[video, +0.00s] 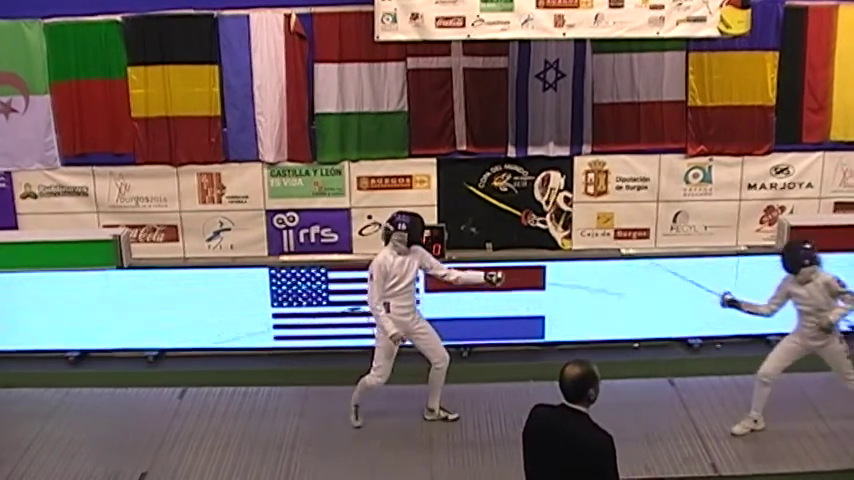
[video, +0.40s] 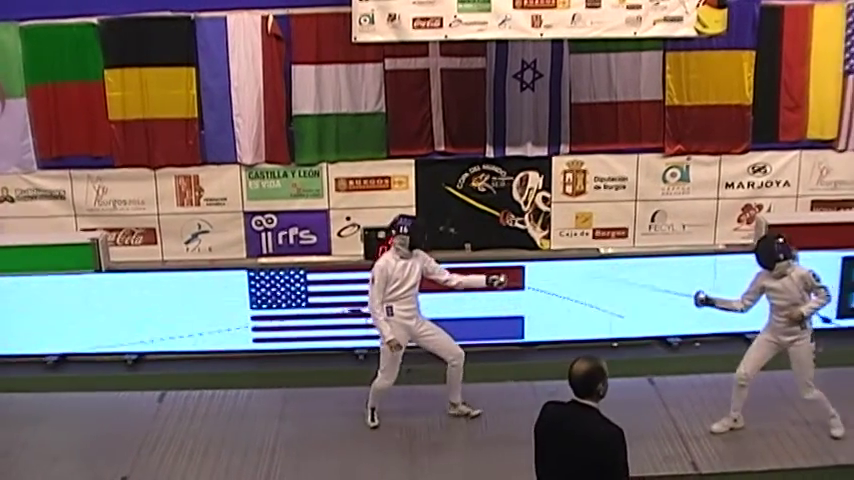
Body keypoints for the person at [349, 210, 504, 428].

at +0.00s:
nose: (400, 238)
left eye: (404, 234)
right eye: (397, 233)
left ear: (411, 236)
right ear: (390, 233)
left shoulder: (418, 254)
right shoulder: (381, 262)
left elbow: (448, 275)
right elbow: (374, 303)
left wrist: (485, 277)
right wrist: (390, 330)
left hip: (413, 319)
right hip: (389, 322)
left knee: (441, 359)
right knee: (378, 378)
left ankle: (433, 409)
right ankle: (355, 403)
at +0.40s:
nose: (401, 240)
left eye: (406, 236)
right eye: (398, 235)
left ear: (414, 239)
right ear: (392, 236)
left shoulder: (420, 259)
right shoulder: (383, 264)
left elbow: (449, 280)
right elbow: (374, 304)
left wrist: (487, 281)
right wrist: (387, 335)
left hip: (417, 322)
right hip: (394, 325)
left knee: (456, 356)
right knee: (386, 379)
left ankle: (455, 405)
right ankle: (372, 407)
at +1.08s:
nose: (400, 246)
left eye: (404, 242)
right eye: (396, 242)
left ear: (409, 245)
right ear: (389, 243)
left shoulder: (416, 264)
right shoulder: (382, 271)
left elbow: (445, 285)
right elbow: (375, 313)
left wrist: (482, 286)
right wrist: (389, 342)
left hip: (416, 327)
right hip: (393, 332)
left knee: (453, 356)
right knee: (382, 388)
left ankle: (448, 407)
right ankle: (348, 410)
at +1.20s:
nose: (381, 250)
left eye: (385, 246)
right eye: (377, 245)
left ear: (390, 248)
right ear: (370, 248)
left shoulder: (397, 269)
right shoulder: (363, 275)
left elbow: (427, 289)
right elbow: (356, 314)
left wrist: (461, 292)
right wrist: (370, 345)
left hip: (394, 330)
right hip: (371, 334)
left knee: (435, 357)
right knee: (363, 390)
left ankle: (440, 407)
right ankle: (337, 412)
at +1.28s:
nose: (370, 245)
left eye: (374, 241)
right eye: (367, 240)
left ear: (380, 244)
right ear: (360, 242)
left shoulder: (385, 266)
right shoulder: (350, 271)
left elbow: (412, 289)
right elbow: (343, 310)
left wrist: (446, 296)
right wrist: (357, 340)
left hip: (381, 328)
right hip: (358, 331)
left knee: (419, 358)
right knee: (352, 387)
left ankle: (433, 407)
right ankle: (331, 413)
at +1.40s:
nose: (356, 242)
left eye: (360, 238)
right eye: (352, 237)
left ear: (365, 240)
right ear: (345, 238)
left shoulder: (369, 262)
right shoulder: (334, 267)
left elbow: (390, 289)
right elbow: (326, 308)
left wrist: (423, 303)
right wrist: (340, 338)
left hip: (364, 324)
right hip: (341, 326)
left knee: (399, 360)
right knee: (340, 382)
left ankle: (407, 408)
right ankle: (326, 414)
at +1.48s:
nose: (349, 244)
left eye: (353, 240)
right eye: (345, 239)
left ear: (358, 242)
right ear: (338, 240)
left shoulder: (362, 265)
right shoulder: (327, 269)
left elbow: (383, 293)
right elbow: (317, 309)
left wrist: (414, 309)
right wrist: (330, 340)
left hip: (356, 326)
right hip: (333, 329)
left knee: (390, 364)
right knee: (334, 385)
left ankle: (376, 412)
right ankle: (322, 415)